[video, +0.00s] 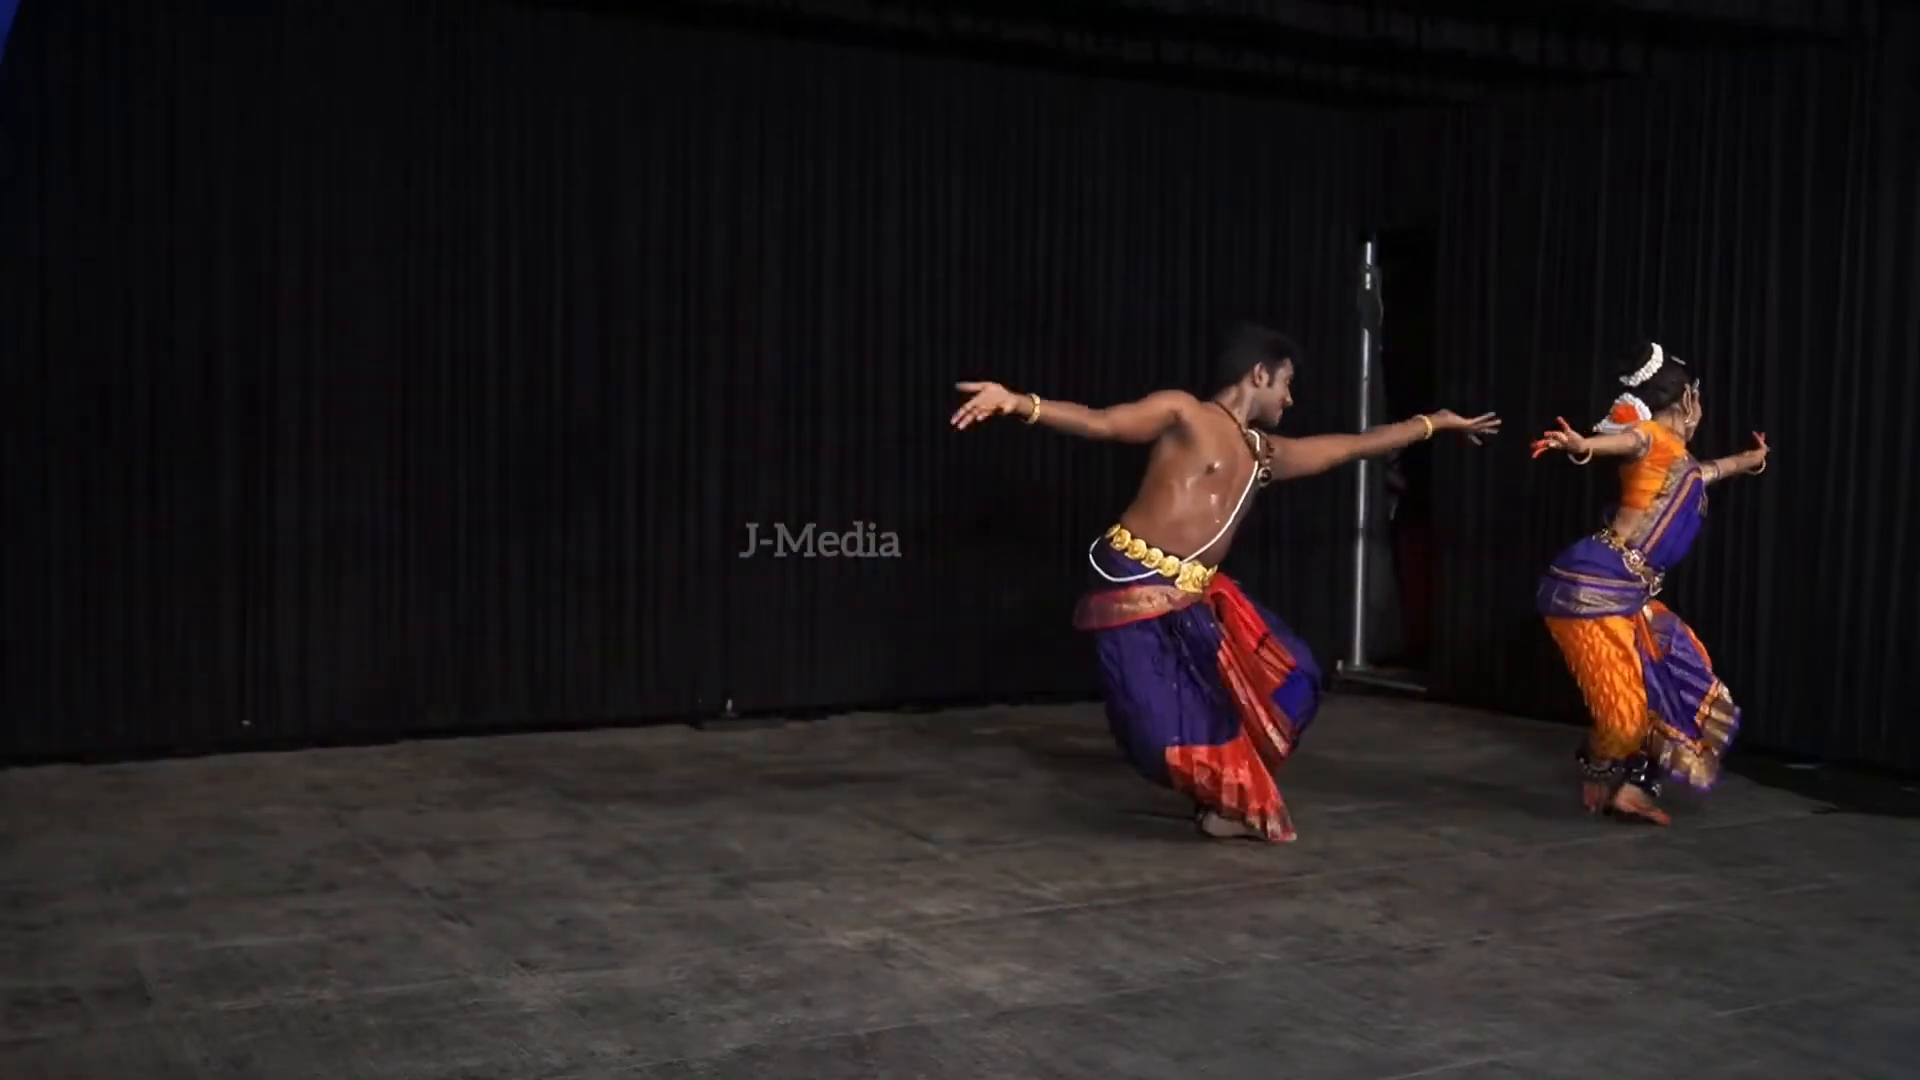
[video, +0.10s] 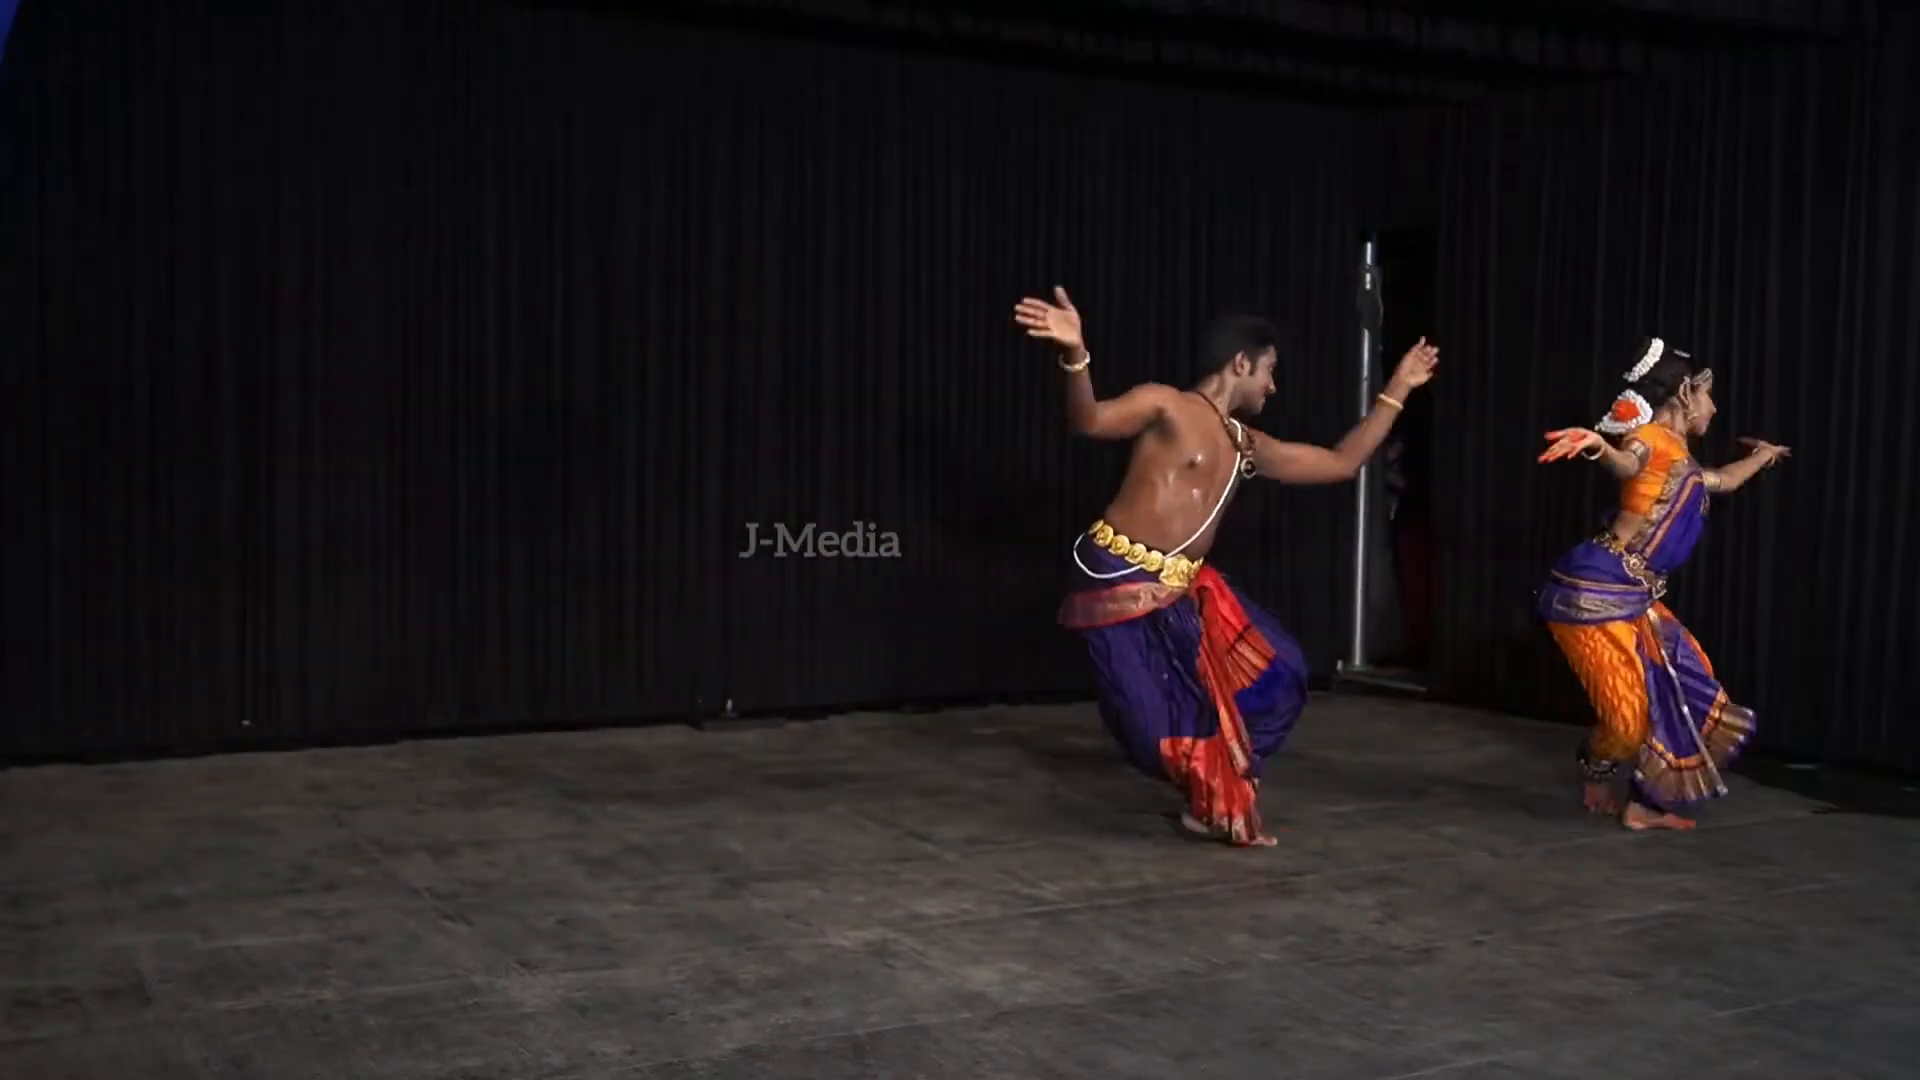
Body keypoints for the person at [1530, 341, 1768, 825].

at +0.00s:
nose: (1700, 407)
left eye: (1698, 398)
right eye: (1697, 398)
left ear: (1673, 406)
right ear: (1683, 404)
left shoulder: (1683, 462)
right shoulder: (1650, 435)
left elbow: (1706, 473)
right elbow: (1622, 440)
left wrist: (1748, 460)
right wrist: (1585, 444)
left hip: (1632, 600)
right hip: (1589, 595)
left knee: (1688, 675)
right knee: (1625, 708)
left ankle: (1636, 787)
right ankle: (1599, 772)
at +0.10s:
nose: (1713, 407)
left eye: (1710, 395)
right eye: (1707, 395)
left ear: (1683, 399)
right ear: (1683, 399)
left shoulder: (1685, 461)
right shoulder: (1650, 440)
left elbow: (1724, 481)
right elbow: (1624, 462)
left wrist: (1762, 457)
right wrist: (1599, 445)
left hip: (1635, 600)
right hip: (1592, 599)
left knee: (1692, 684)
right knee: (1627, 714)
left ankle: (1645, 804)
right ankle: (1597, 774)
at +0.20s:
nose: (1715, 390)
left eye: (1716, 380)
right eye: (1703, 377)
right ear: (1666, 387)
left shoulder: (1683, 456)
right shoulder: (1641, 442)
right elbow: (1597, 486)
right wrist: (1626, 464)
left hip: (1639, 601)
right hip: (1589, 598)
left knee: (1696, 688)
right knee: (1620, 720)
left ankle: (1644, 804)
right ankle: (1592, 773)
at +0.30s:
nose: (1698, 385)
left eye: (1702, 375)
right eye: (1684, 373)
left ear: (1701, 386)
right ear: (1649, 381)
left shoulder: (1688, 450)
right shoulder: (1625, 440)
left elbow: (1733, 458)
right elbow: (1577, 480)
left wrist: (1778, 474)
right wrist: (1657, 480)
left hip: (1640, 601)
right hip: (1584, 590)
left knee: (1693, 683)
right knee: (1584, 685)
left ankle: (1647, 804)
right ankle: (1571, 805)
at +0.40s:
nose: (1676, 375)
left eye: (1680, 365)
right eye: (1662, 363)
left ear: (1681, 379)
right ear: (1626, 373)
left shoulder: (1678, 441)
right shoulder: (1603, 433)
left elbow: (1736, 444)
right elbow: (1565, 473)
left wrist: (1751, 466)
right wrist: (1643, 492)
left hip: (1629, 595)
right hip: (1569, 587)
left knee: (1686, 672)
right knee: (1553, 677)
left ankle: (1640, 799)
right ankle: (1537, 819)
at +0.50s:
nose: (1651, 362)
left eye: (1656, 352)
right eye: (1637, 350)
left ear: (1658, 364)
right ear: (1602, 360)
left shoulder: (1652, 430)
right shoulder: (1577, 421)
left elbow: (1718, 441)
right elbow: (1544, 462)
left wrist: (1724, 456)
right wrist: (1621, 494)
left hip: (1600, 588)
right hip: (1540, 580)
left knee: (1656, 666)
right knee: (1522, 685)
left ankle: (1647, 795)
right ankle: (1522, 830)